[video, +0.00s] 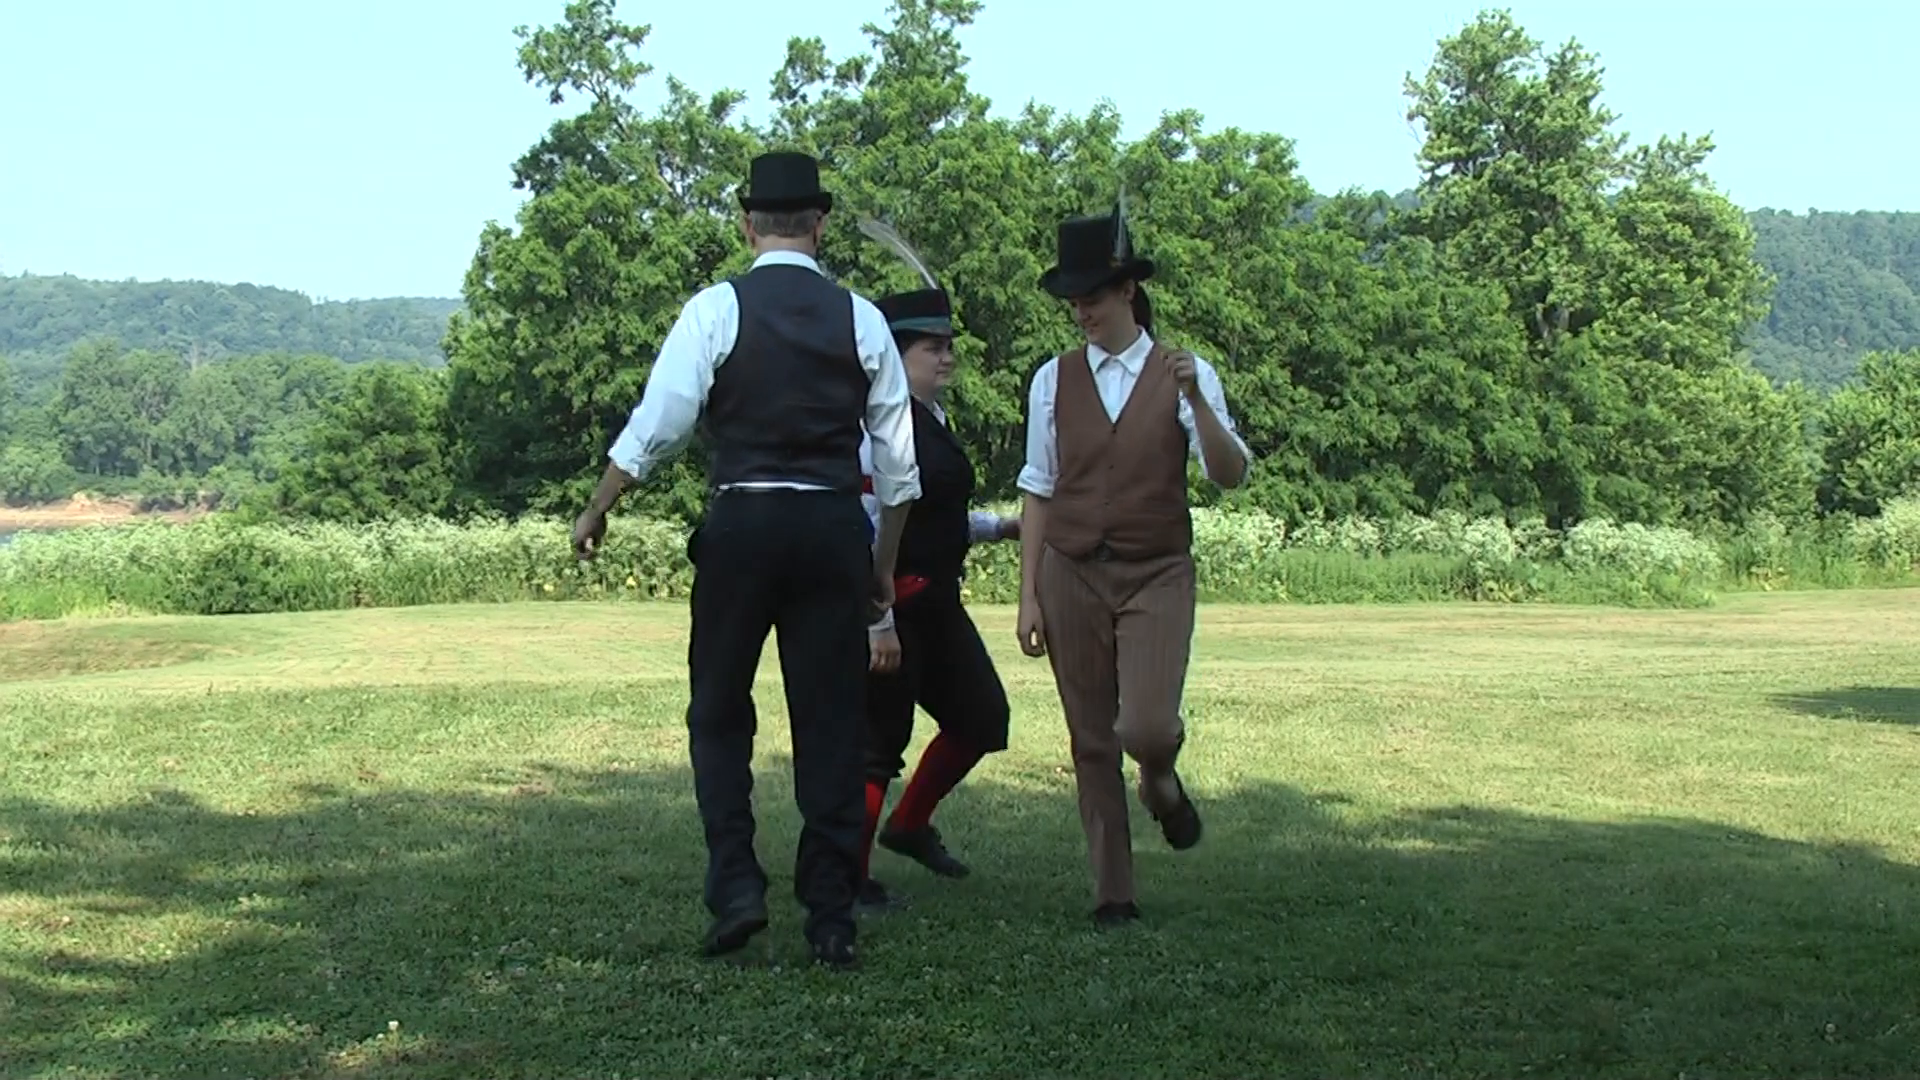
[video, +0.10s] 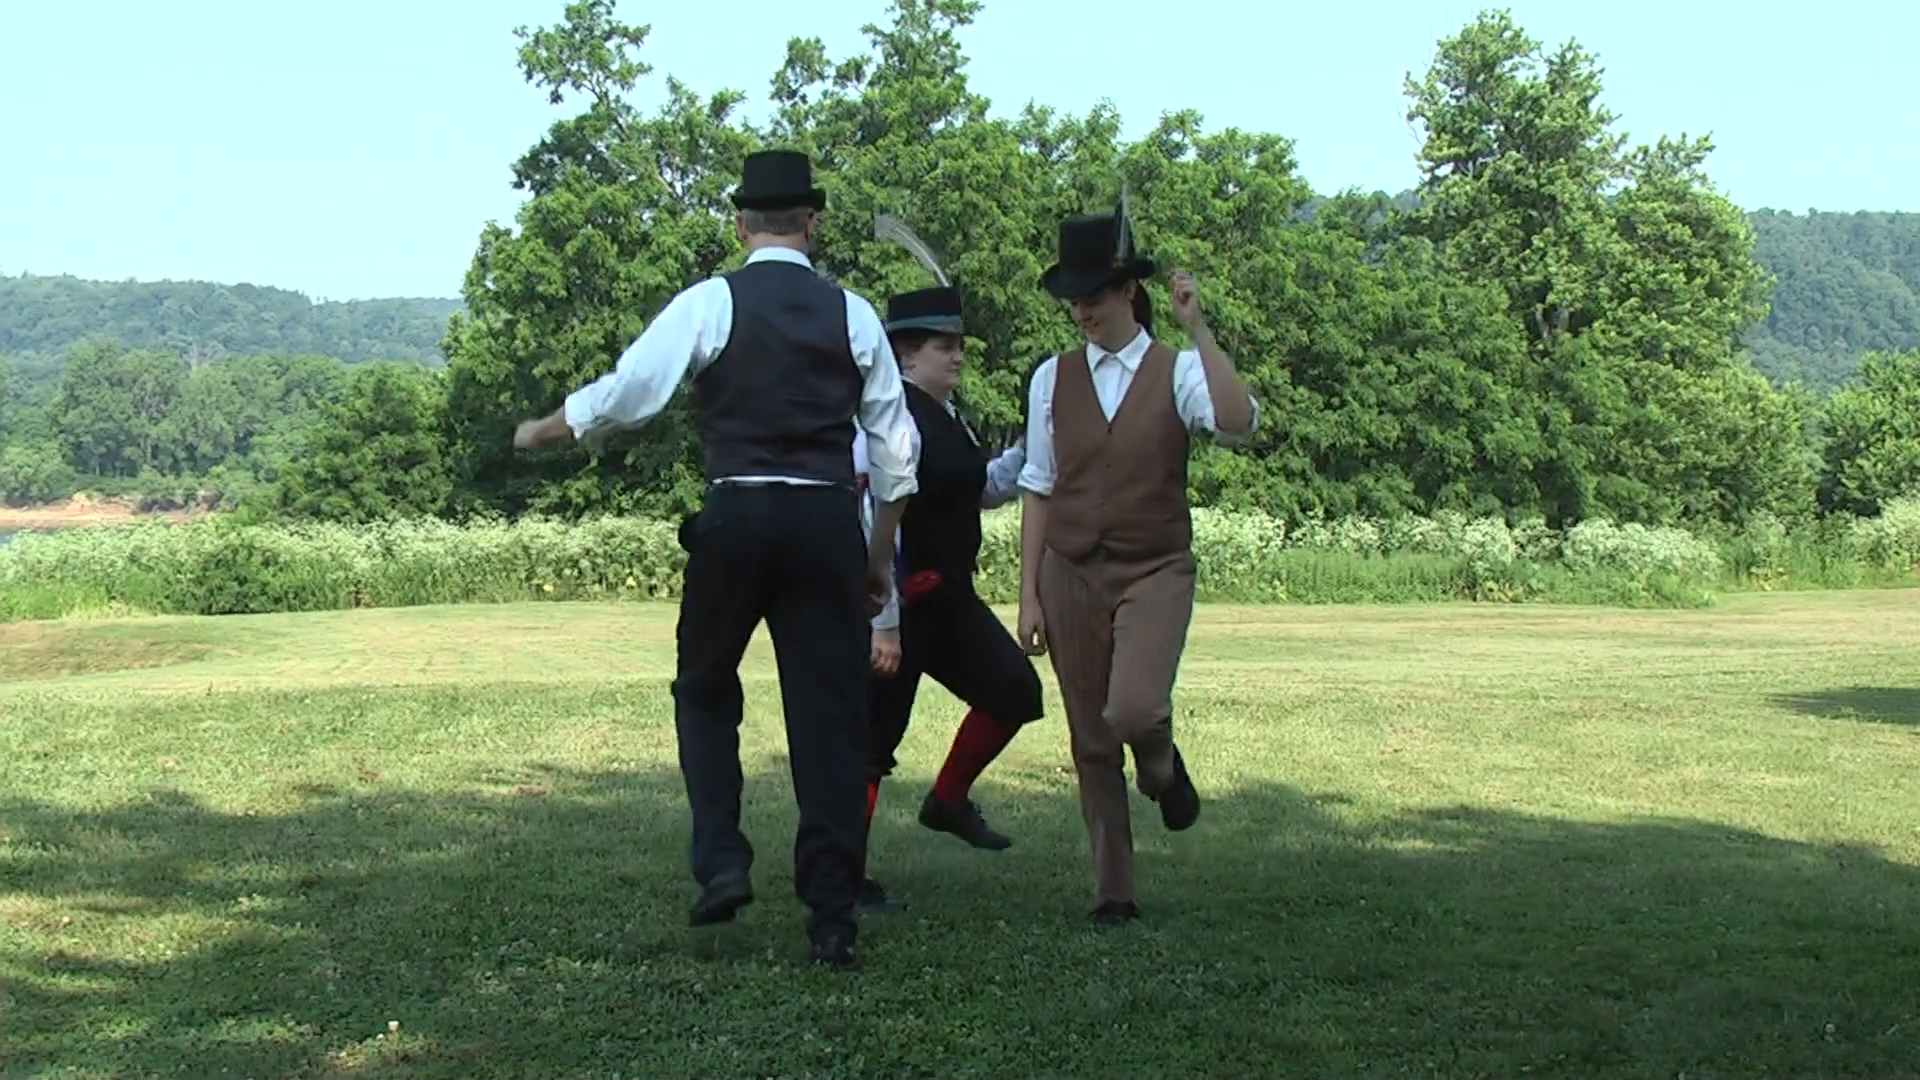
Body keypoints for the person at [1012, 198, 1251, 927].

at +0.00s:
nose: (1084, 312)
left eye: (1094, 298)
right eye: (1075, 302)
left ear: (1131, 290)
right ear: (1069, 306)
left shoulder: (1187, 372)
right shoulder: (1052, 380)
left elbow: (1230, 475)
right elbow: (1036, 491)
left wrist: (1197, 404)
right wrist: (1029, 592)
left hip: (1158, 574)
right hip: (1069, 574)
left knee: (1150, 732)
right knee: (1093, 743)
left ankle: (1161, 792)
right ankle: (1113, 896)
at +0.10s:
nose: (1083, 311)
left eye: (1096, 296)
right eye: (1074, 301)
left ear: (1132, 291)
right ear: (1068, 304)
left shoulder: (1178, 368)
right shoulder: (1050, 379)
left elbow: (1236, 420)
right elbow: (1037, 491)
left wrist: (1197, 328)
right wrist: (1028, 592)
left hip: (1156, 569)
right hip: (1069, 571)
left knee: (1131, 715)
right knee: (1091, 743)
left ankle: (1159, 769)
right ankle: (1114, 894)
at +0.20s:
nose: (1082, 309)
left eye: (1094, 295)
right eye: (1073, 299)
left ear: (1131, 291)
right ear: (1068, 304)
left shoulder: (1173, 367)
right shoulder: (1050, 377)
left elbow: (1232, 355)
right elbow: (1036, 491)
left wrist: (1193, 260)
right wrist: (1029, 589)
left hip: (1155, 570)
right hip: (1069, 572)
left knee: (1117, 716)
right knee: (1089, 739)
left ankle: (1159, 820)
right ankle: (1117, 893)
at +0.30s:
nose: (1081, 308)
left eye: (1094, 293)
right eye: (1074, 295)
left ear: (1134, 291)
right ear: (1067, 297)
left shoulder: (1175, 363)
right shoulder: (1056, 371)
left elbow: (1215, 296)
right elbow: (1037, 485)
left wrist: (1192, 198)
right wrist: (1026, 586)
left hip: (1148, 577)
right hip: (1068, 578)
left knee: (1115, 749)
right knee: (1083, 751)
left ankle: (1142, 908)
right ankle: (1116, 899)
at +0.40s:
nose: (1077, 306)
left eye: (1090, 293)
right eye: (1072, 294)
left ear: (1134, 298)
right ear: (1069, 302)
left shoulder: (1165, 372)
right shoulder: (1061, 383)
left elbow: (1179, 279)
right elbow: (1039, 494)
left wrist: (1184, 171)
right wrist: (1016, 587)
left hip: (1143, 590)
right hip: (1065, 592)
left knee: (1103, 762)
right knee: (1054, 766)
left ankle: (1132, 916)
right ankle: (1128, 864)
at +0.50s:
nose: (1066, 295)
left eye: (1077, 282)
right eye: (1063, 284)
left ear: (1117, 281)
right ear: (1071, 290)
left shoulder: (1147, 351)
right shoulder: (1063, 370)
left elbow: (1150, 263)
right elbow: (1044, 482)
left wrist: (1144, 152)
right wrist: (1018, 567)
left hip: (1136, 577)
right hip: (1061, 580)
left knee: (1119, 756)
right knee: (1019, 716)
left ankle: (1136, 916)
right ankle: (1112, 803)